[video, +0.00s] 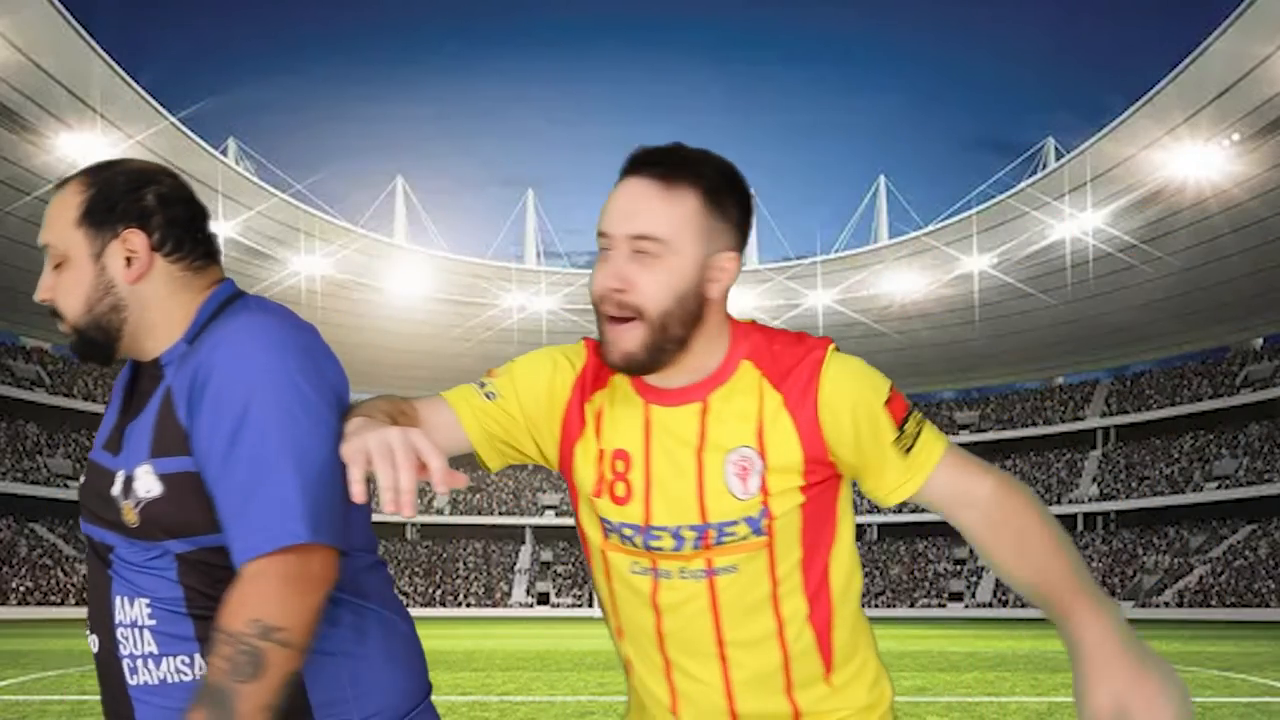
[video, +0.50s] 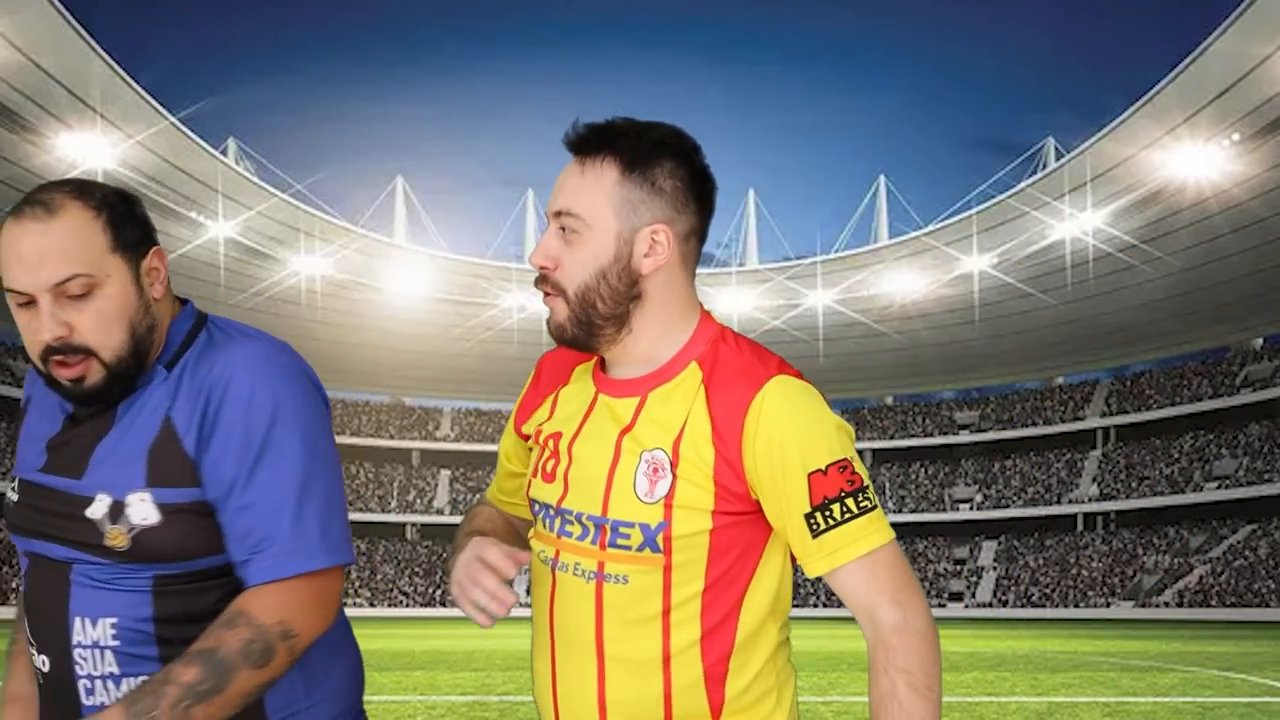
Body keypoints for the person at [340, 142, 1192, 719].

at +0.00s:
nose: (610, 278)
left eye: (646, 250)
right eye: (605, 248)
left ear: (725, 274)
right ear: (593, 257)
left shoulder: (819, 386)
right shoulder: (557, 388)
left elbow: (983, 501)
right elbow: (395, 425)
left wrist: (1105, 648)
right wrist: (374, 424)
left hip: (830, 705)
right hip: (666, 711)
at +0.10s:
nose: (551, 272)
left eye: (581, 244)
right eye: (558, 242)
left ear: (667, 266)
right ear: (653, 266)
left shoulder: (794, 396)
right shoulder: (538, 382)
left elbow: (909, 558)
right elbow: (392, 414)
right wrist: (341, 416)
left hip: (790, 707)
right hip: (629, 711)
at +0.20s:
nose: (534, 264)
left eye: (563, 238)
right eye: (544, 235)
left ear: (648, 254)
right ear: (636, 255)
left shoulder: (780, 395)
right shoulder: (538, 368)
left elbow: (870, 576)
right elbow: (416, 454)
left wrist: (893, 716)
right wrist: (351, 439)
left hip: (758, 707)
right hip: (599, 709)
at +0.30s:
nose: (536, 247)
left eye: (566, 219)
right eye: (545, 216)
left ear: (653, 237)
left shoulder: (773, 389)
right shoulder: (526, 363)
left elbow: (866, 585)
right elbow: (440, 544)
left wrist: (883, 716)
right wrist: (429, 499)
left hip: (740, 704)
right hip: (581, 704)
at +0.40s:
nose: (540, 247)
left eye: (571, 220)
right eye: (549, 219)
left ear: (658, 240)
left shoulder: (771, 395)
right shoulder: (537, 373)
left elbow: (885, 599)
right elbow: (456, 542)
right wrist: (473, 536)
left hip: (727, 707)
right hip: (568, 706)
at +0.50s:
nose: (537, 257)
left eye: (567, 229)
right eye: (548, 227)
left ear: (652, 249)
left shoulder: (767, 405)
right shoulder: (555, 377)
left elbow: (899, 622)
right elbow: (504, 510)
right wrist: (471, 550)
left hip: (723, 708)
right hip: (568, 707)